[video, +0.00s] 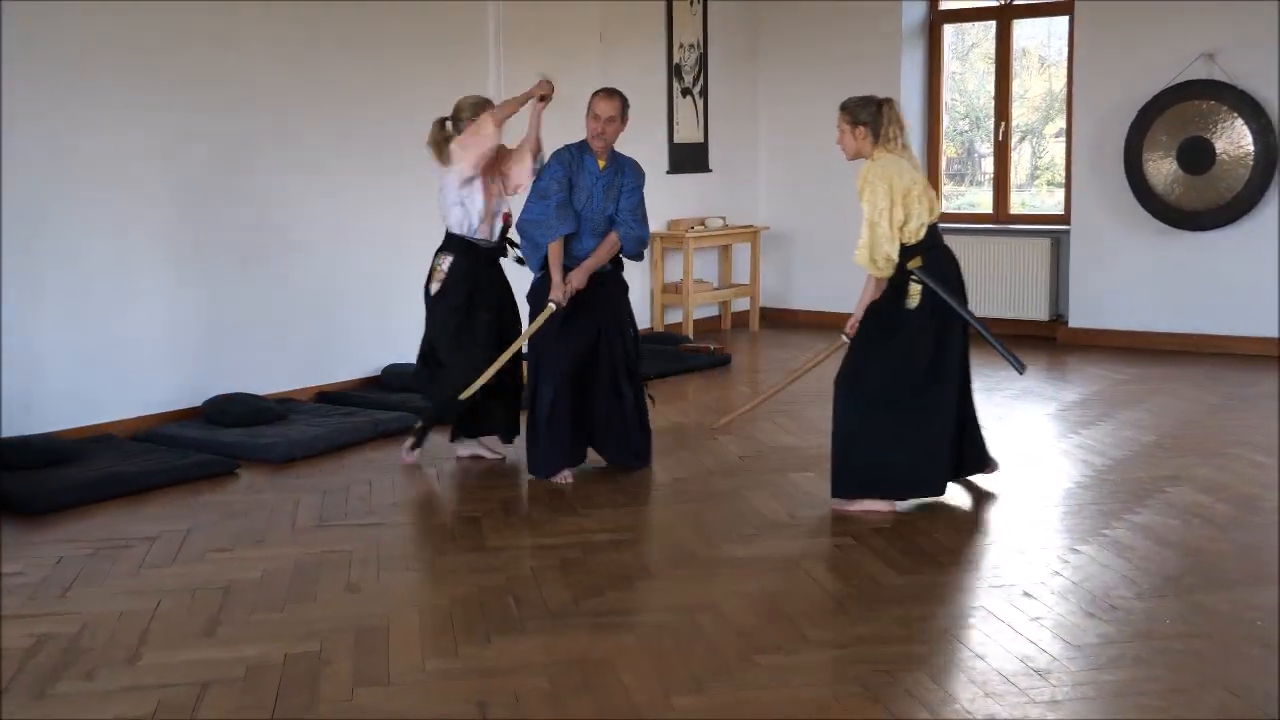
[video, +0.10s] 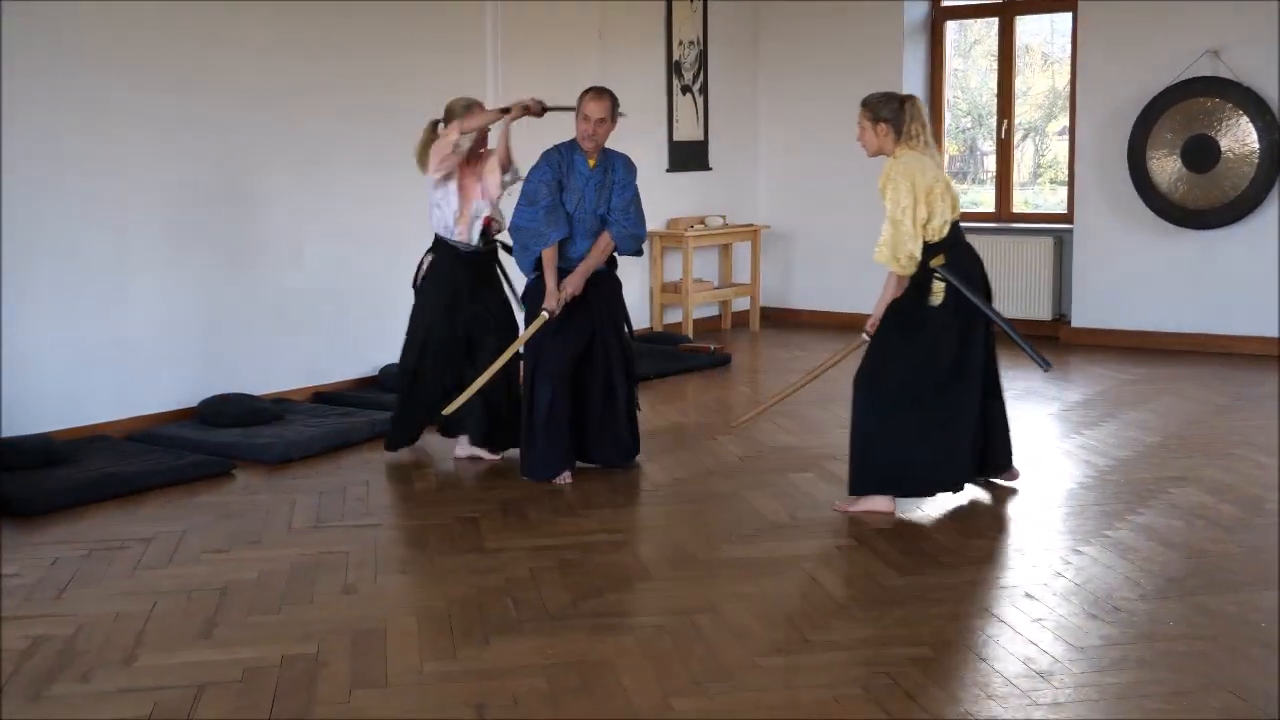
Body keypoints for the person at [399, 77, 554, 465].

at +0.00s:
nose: (493, 126)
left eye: (493, 120)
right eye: (487, 120)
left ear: (486, 126)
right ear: (468, 126)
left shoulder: (497, 167)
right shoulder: (459, 163)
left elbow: (529, 157)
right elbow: (490, 122)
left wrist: (537, 111)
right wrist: (529, 95)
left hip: (488, 266)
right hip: (458, 264)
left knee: (496, 347)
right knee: (461, 351)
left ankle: (469, 436)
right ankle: (422, 430)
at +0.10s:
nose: (482, 135)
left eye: (483, 128)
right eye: (473, 127)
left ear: (486, 131)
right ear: (451, 130)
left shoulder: (490, 166)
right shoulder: (440, 164)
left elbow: (505, 165)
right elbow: (464, 127)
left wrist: (507, 123)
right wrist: (512, 108)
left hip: (482, 266)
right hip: (446, 264)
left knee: (494, 348)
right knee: (436, 347)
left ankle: (469, 440)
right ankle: (410, 430)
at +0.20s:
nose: (471, 139)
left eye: (474, 131)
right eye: (463, 133)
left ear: (479, 135)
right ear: (445, 137)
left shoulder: (487, 171)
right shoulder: (431, 173)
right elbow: (423, 138)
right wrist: (474, 125)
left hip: (475, 268)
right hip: (439, 266)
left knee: (482, 348)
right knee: (436, 343)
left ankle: (467, 438)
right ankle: (420, 417)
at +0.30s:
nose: (462, 136)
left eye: (465, 130)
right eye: (454, 131)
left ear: (469, 134)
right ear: (436, 135)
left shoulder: (471, 171)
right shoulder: (424, 167)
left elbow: (442, 204)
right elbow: (401, 183)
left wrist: (420, 153)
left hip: (469, 266)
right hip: (434, 263)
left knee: (475, 347)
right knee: (430, 340)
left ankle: (473, 435)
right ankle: (427, 415)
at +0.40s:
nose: (453, 137)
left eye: (459, 131)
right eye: (446, 130)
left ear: (464, 134)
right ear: (429, 133)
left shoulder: (463, 168)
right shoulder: (417, 163)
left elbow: (420, 198)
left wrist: (383, 170)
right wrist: (381, 155)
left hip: (468, 263)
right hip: (433, 261)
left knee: (472, 345)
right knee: (423, 336)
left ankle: (489, 430)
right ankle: (426, 415)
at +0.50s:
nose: (453, 135)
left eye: (458, 129)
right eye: (445, 129)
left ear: (462, 131)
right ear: (429, 131)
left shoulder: (457, 163)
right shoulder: (420, 158)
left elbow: (409, 195)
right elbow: (387, 161)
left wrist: (362, 175)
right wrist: (358, 162)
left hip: (463, 254)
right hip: (436, 252)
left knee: (461, 334)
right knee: (428, 332)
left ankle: (461, 418)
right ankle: (428, 415)